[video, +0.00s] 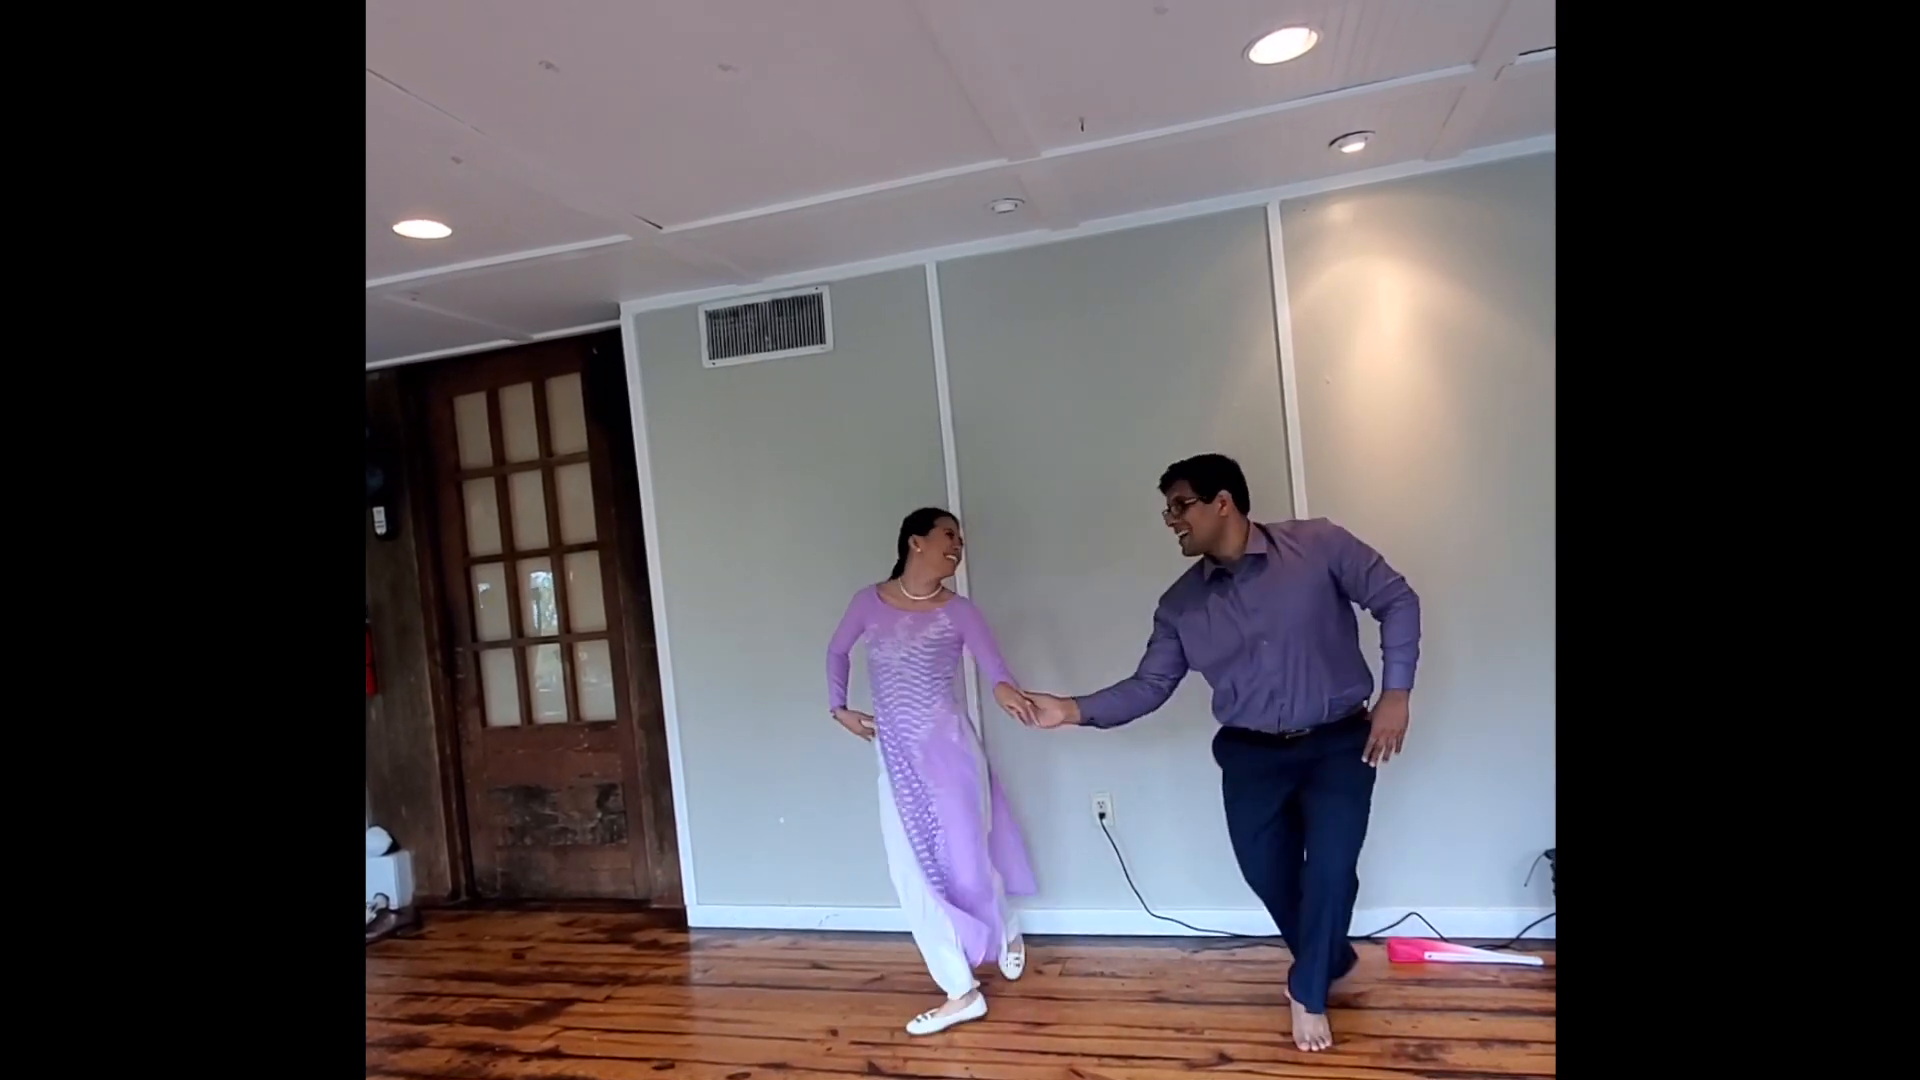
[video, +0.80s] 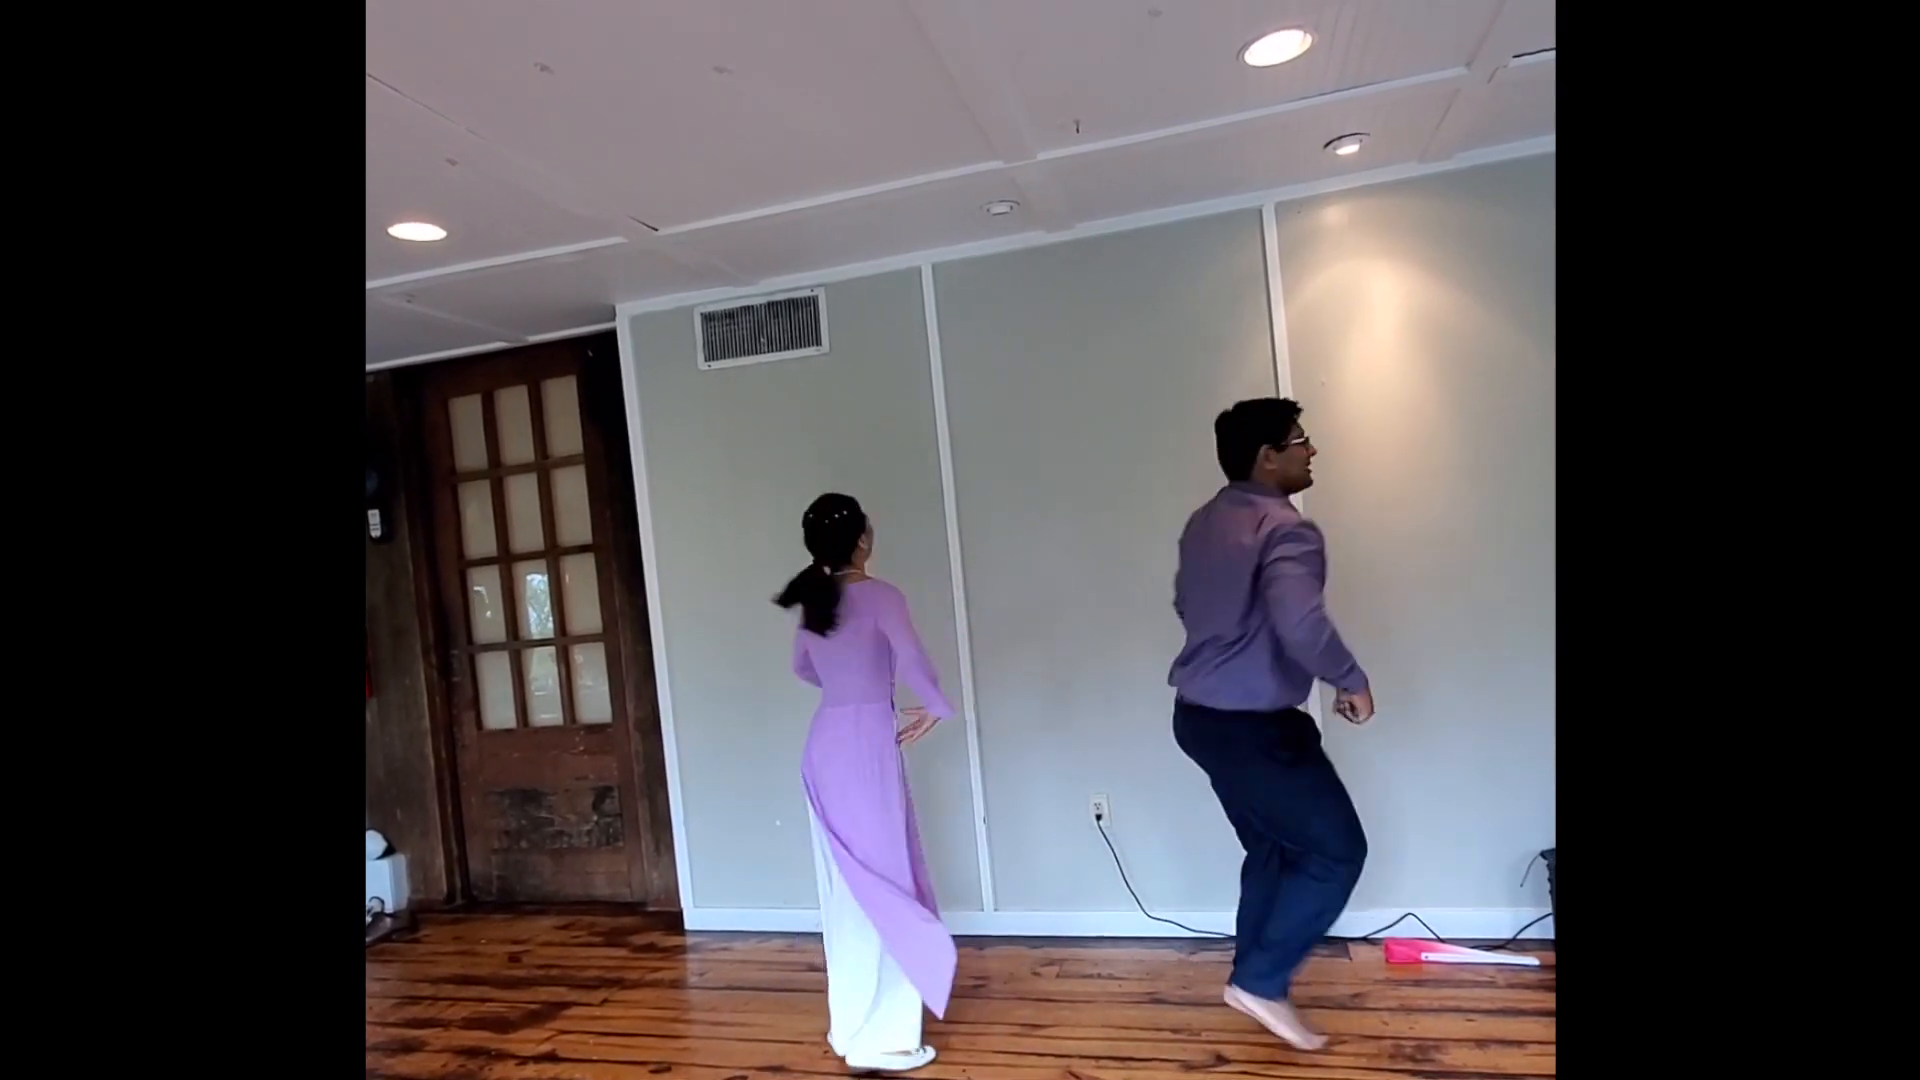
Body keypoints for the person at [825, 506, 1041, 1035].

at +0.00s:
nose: (959, 547)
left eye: (960, 540)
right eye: (950, 537)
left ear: (940, 549)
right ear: (915, 543)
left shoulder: (959, 611)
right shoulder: (870, 602)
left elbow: (993, 665)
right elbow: (838, 651)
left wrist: (1003, 687)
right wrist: (838, 706)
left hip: (950, 752)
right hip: (896, 757)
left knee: (965, 869)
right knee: (913, 874)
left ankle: (1003, 931)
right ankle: (961, 992)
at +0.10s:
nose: (944, 553)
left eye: (948, 548)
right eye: (935, 543)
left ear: (944, 561)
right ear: (901, 547)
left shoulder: (939, 613)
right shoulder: (861, 605)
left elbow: (967, 642)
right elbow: (839, 654)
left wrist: (980, 659)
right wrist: (833, 705)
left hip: (932, 752)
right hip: (888, 756)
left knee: (929, 885)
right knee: (909, 884)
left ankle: (1008, 894)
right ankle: (957, 995)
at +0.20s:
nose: (923, 547)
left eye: (932, 544)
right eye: (915, 534)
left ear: (932, 560)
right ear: (885, 542)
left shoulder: (923, 610)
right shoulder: (857, 600)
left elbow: (954, 655)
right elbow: (850, 657)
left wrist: (940, 643)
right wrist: (836, 699)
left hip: (918, 750)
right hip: (882, 751)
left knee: (865, 875)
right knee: (913, 871)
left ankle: (964, 950)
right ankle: (953, 996)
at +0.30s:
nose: (899, 539)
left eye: (911, 538)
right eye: (892, 527)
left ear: (916, 554)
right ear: (869, 532)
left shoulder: (902, 601)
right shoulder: (853, 594)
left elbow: (869, 629)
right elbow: (869, 659)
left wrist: (816, 603)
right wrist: (849, 690)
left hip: (898, 747)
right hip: (878, 744)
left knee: (847, 884)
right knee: (911, 872)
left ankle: (881, 1012)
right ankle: (957, 992)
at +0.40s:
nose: (861, 535)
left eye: (878, 533)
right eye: (859, 525)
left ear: (895, 554)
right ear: (849, 534)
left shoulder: (866, 600)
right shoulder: (888, 605)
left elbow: (793, 642)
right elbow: (900, 665)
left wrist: (735, 618)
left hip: (870, 744)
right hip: (895, 742)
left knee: (857, 874)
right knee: (908, 871)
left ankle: (848, 1016)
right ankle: (953, 994)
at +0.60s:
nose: (807, 540)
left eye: (812, 534)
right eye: (810, 532)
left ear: (829, 550)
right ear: (863, 548)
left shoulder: (799, 604)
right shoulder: (896, 598)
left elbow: (734, 659)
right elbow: (961, 650)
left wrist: (777, 667)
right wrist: (926, 696)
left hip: (829, 748)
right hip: (888, 742)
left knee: (841, 882)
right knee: (899, 877)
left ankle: (854, 1027)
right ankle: (918, 1021)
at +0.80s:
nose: (872, 535)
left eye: (866, 526)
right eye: (868, 527)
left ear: (818, 545)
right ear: (862, 539)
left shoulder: (814, 599)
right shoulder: (881, 596)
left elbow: (802, 666)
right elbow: (911, 663)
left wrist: (861, 689)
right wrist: (937, 706)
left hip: (823, 746)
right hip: (867, 746)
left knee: (843, 886)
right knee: (883, 883)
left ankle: (849, 1028)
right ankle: (882, 1036)